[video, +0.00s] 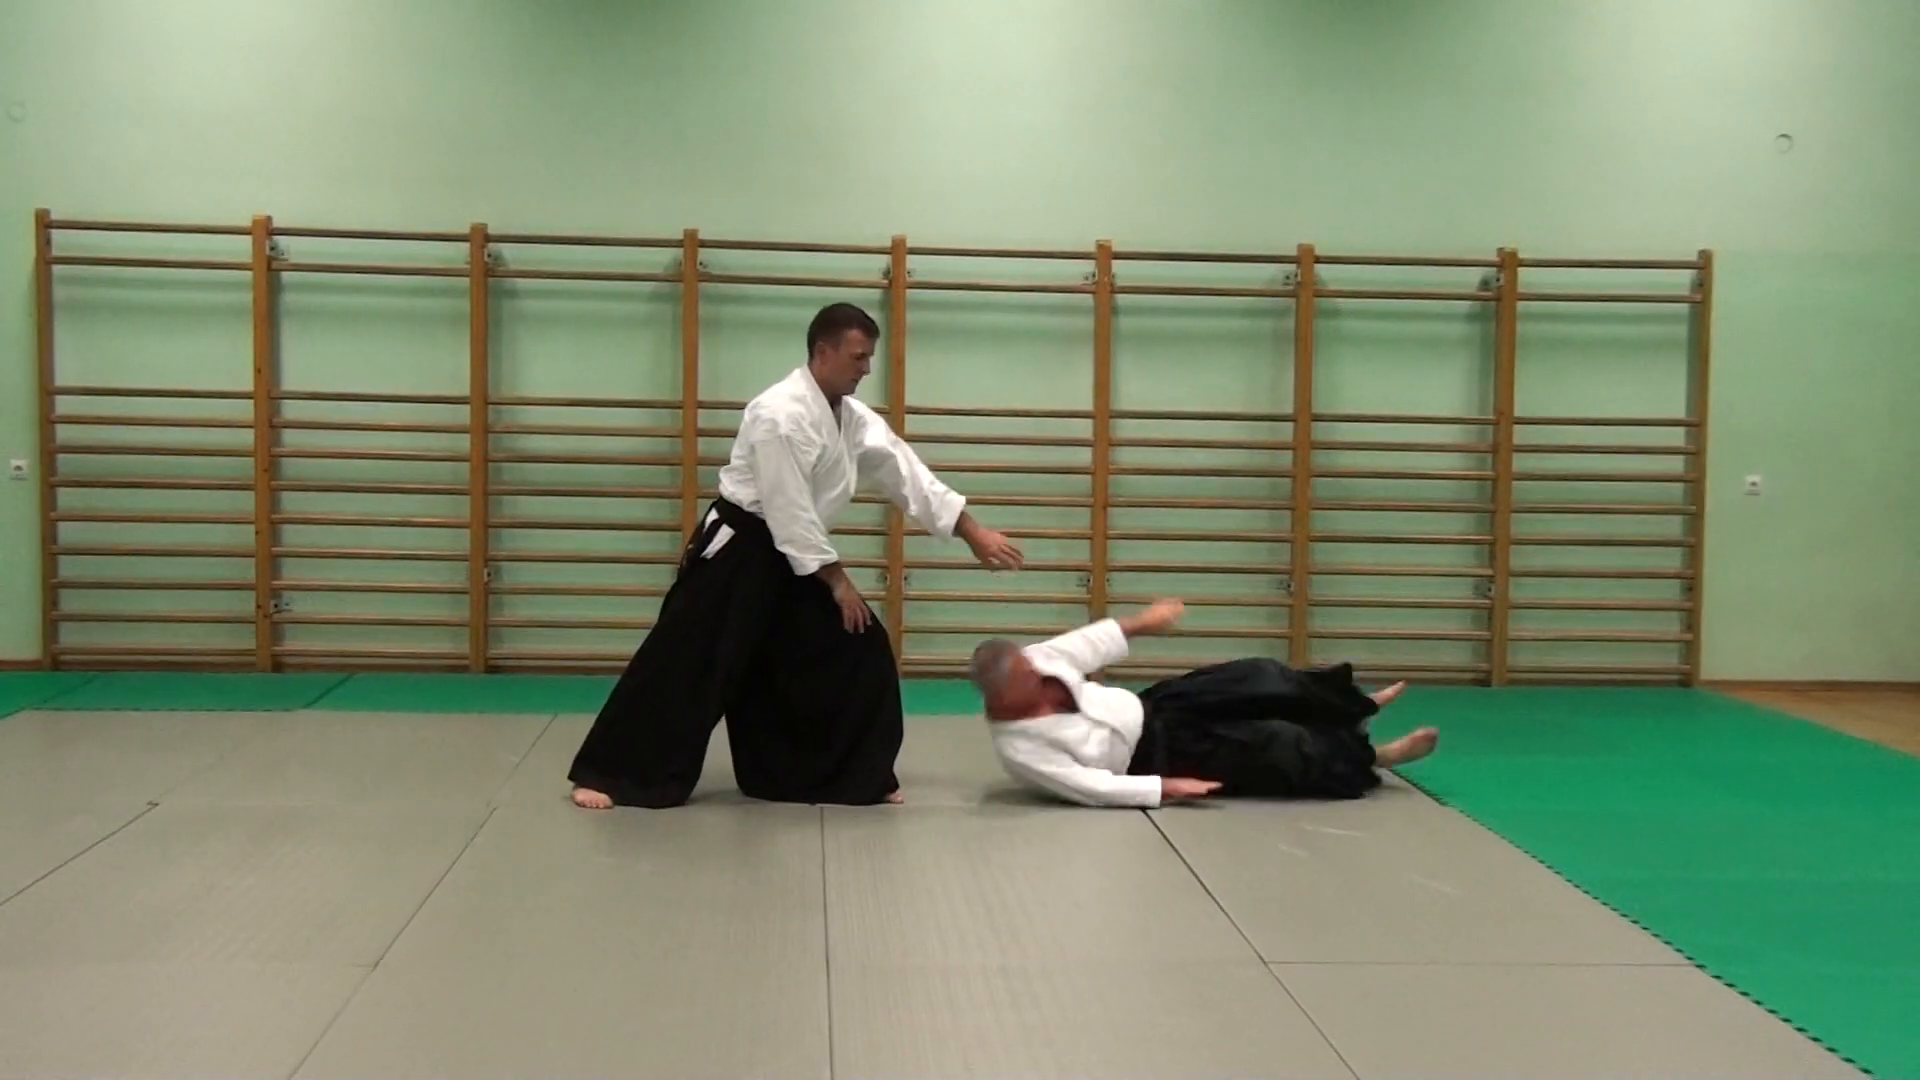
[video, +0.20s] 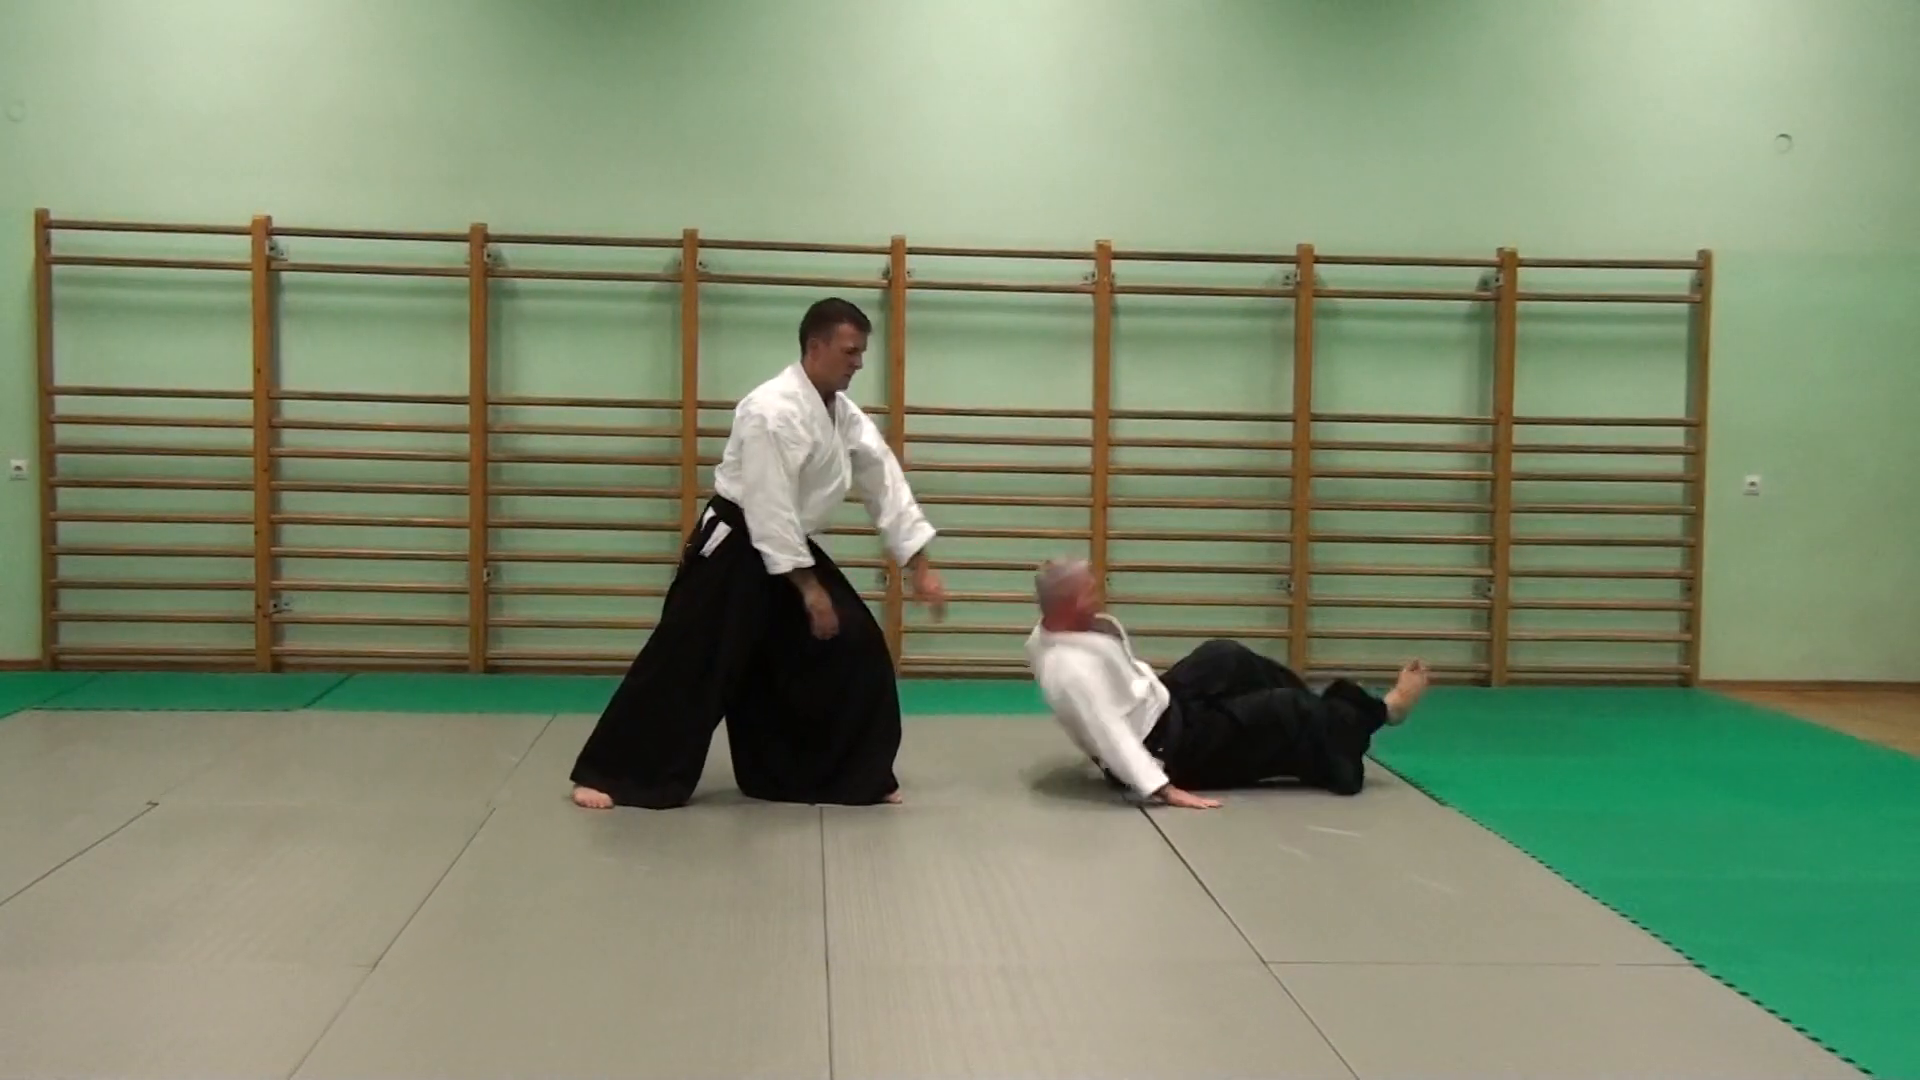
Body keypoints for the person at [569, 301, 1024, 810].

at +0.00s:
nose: (866, 368)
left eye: (869, 358)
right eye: (859, 356)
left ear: (851, 357)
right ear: (824, 350)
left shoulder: (851, 415)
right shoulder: (778, 413)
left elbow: (906, 471)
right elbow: (788, 508)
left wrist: (972, 528)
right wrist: (837, 577)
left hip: (794, 555)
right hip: (739, 547)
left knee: (861, 647)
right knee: (684, 658)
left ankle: (856, 776)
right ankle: (606, 773)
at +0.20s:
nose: (859, 361)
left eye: (862, 351)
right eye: (851, 350)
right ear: (815, 346)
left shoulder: (844, 416)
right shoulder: (771, 410)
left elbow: (885, 482)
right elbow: (769, 510)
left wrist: (918, 560)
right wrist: (808, 584)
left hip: (793, 547)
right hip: (735, 546)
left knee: (860, 645)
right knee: (682, 658)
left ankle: (859, 775)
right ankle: (603, 774)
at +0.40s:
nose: (815, 349)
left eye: (819, 339)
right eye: (806, 337)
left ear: (817, 342)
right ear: (770, 336)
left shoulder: (811, 409)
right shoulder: (725, 404)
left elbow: (830, 493)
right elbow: (711, 500)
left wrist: (834, 575)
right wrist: (734, 585)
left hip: (777, 548)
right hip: (713, 545)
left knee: (834, 651)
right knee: (678, 664)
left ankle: (857, 774)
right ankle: (602, 773)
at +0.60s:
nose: (743, 324)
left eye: (745, 315)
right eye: (732, 314)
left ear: (739, 318)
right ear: (696, 315)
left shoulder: (740, 387)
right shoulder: (657, 384)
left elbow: (764, 471)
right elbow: (636, 481)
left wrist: (765, 552)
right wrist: (658, 567)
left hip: (717, 533)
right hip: (659, 529)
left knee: (763, 646)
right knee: (639, 657)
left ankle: (817, 761)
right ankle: (595, 776)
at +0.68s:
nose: (719, 314)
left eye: (721, 305)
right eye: (709, 304)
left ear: (715, 308)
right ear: (672, 307)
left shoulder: (718, 377)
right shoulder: (636, 377)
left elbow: (739, 463)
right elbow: (617, 474)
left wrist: (737, 542)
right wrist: (637, 560)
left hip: (700, 528)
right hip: (641, 524)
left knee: (737, 646)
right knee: (628, 654)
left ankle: (784, 766)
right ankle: (598, 776)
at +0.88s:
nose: (682, 301)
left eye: (684, 291)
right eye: (671, 291)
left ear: (675, 296)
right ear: (636, 294)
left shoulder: (683, 366)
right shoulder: (604, 366)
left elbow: (702, 452)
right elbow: (588, 462)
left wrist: (702, 531)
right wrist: (607, 549)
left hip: (672, 517)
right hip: (616, 516)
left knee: (697, 640)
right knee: (607, 645)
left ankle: (707, 769)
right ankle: (587, 774)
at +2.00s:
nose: (651, 298)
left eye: (652, 289)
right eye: (640, 288)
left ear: (645, 295)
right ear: (602, 293)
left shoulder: (649, 363)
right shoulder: (569, 366)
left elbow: (680, 444)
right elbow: (578, 462)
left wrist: (718, 502)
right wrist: (648, 489)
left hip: (642, 520)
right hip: (585, 523)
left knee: (668, 637)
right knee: (589, 645)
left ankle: (678, 768)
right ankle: (581, 775)